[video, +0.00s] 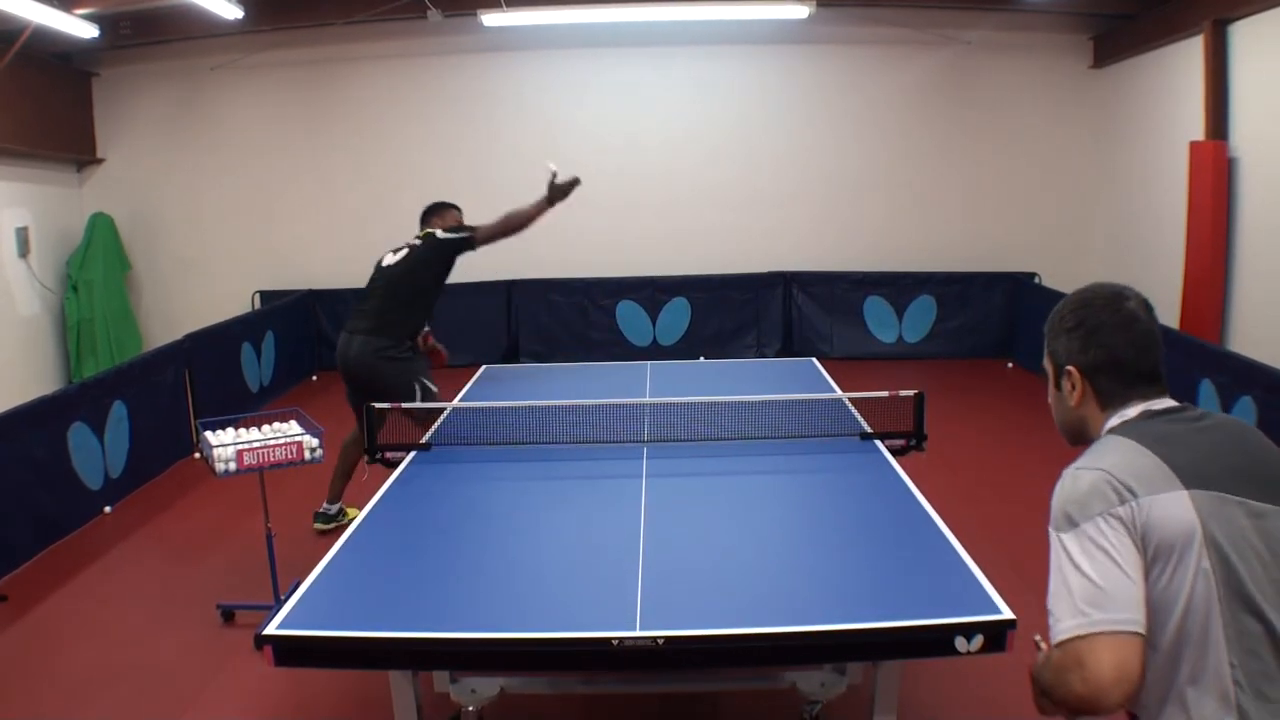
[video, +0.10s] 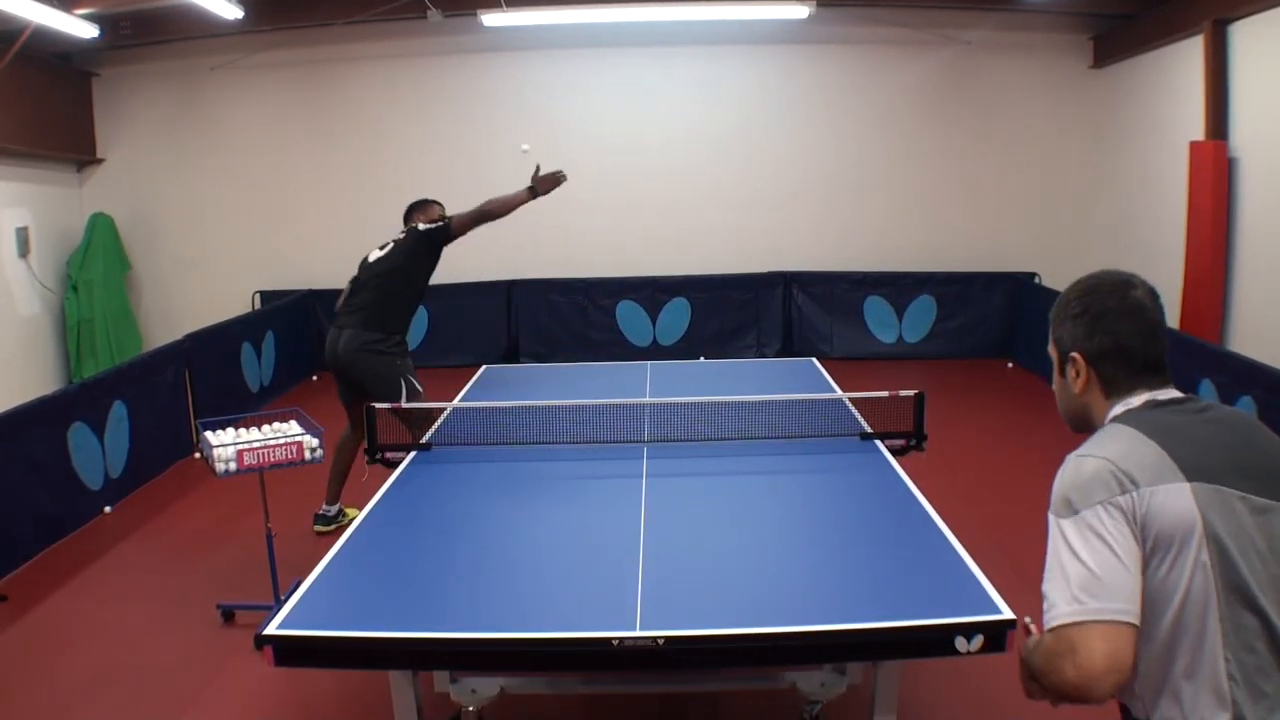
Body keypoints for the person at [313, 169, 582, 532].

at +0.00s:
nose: (463, 228)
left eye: (461, 223)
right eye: (457, 223)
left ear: (426, 226)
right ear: (437, 223)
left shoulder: (397, 252)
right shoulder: (442, 241)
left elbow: (390, 300)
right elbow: (502, 228)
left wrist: (421, 336)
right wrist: (548, 202)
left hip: (351, 351)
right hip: (386, 354)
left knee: (365, 428)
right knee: (444, 430)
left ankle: (330, 508)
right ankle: (450, 507)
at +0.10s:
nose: (444, 223)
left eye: (443, 218)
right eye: (439, 218)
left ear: (407, 223)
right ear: (420, 219)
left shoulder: (378, 252)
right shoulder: (426, 236)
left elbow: (343, 304)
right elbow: (483, 213)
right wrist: (533, 190)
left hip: (339, 345)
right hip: (375, 347)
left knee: (357, 427)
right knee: (426, 428)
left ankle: (329, 509)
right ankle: (440, 509)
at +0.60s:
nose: (454, 247)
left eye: (452, 241)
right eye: (452, 241)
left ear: (419, 240)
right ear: (442, 238)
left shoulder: (391, 259)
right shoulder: (439, 259)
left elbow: (370, 301)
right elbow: (433, 298)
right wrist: (435, 346)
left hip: (340, 360)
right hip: (373, 366)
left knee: (363, 430)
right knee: (443, 428)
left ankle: (329, 511)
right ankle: (440, 509)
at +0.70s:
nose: (484, 257)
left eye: (484, 250)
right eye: (479, 249)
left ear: (454, 248)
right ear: (455, 247)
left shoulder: (430, 265)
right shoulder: (442, 268)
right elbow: (403, 298)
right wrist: (420, 352)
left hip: (360, 366)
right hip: (381, 372)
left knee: (380, 438)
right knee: (447, 429)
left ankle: (333, 507)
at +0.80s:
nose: (489, 254)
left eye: (495, 250)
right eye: (483, 245)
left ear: (498, 252)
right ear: (463, 239)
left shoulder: (461, 273)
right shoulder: (437, 266)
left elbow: (442, 307)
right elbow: (386, 293)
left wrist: (451, 337)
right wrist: (410, 348)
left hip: (407, 363)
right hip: (384, 364)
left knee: (418, 432)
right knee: (446, 417)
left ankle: (353, 482)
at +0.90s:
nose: (490, 241)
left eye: (497, 236)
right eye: (484, 231)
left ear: (502, 238)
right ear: (466, 226)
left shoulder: (480, 257)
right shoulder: (436, 253)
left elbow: (473, 285)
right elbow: (382, 289)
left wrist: (480, 309)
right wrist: (413, 338)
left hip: (434, 347)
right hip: (399, 349)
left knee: (454, 410)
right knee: (441, 417)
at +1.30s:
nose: (540, 233)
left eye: (547, 227)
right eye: (533, 225)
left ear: (553, 229)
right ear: (516, 223)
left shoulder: (552, 259)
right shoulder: (485, 254)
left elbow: (557, 293)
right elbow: (438, 288)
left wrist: (579, 315)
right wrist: (477, 324)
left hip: (527, 347)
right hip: (481, 349)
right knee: (484, 422)